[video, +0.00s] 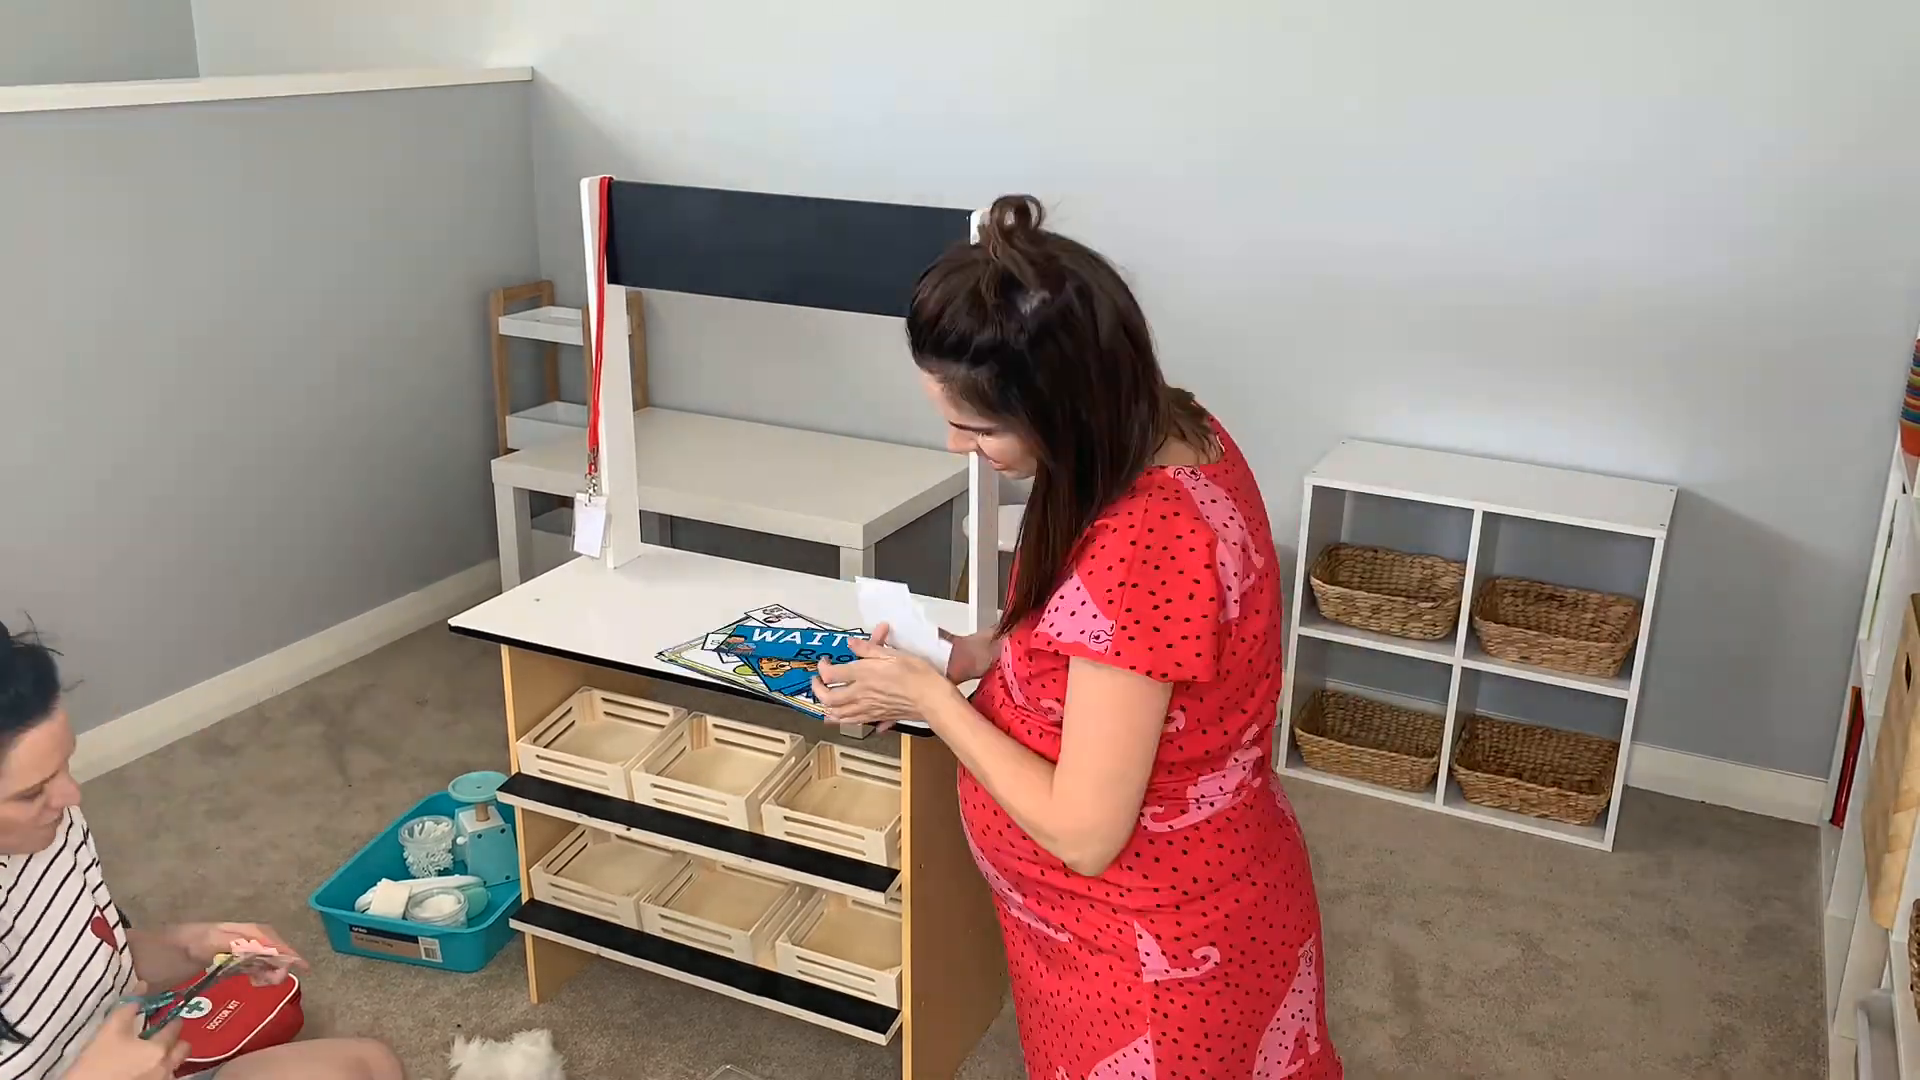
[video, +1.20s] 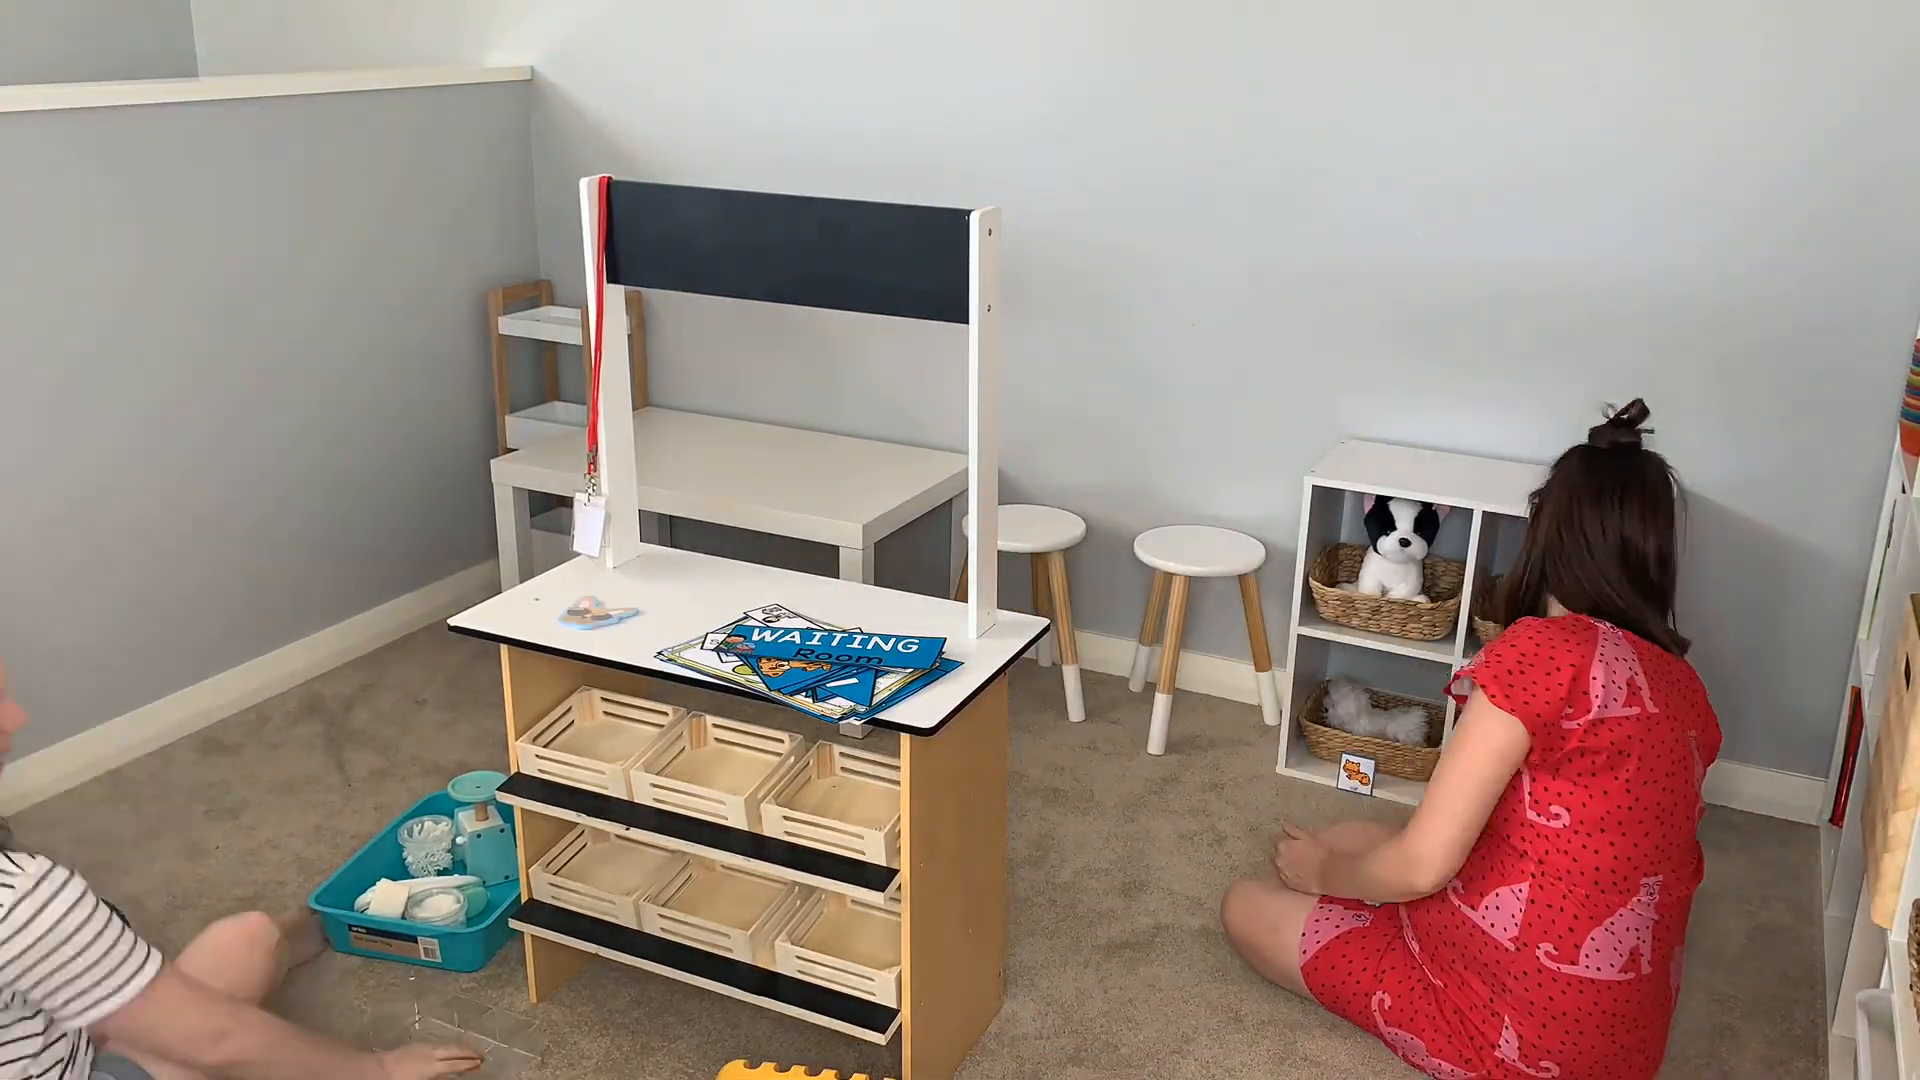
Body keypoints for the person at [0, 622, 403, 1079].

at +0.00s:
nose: (69, 797)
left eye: (64, 765)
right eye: (33, 793)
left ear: (61, 736)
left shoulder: (57, 815)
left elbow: (100, 951)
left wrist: (189, 947)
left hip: (125, 1050)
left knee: (373, 1063)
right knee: (368, 1063)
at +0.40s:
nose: (45, 788)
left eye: (43, 754)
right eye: (11, 778)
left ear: (45, 726)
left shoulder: (53, 793)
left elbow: (86, 931)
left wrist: (158, 957)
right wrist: (123, 1068)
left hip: (133, 1042)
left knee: (372, 1062)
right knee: (368, 1063)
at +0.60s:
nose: (53, 822)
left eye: (58, 788)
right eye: (16, 811)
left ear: (61, 752)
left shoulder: (72, 816)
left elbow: (160, 979)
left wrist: (266, 1070)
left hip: (162, 1067)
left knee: (374, 1062)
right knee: (371, 1063)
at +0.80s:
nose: (48, 705)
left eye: (23, 684)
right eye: (8, 706)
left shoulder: (44, 802)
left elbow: (81, 929)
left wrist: (167, 963)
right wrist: (125, 1066)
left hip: (133, 1040)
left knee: (373, 1063)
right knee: (370, 1064)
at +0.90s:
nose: (13, 815)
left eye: (20, 775)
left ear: (30, 747)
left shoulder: (35, 797)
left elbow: (68, 943)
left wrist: (167, 986)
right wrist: (146, 1073)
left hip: (141, 1048)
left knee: (373, 1063)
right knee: (370, 1064)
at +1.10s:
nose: (113, 822)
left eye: (114, 791)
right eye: (79, 809)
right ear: (3, 802)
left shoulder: (54, 841)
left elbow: (88, 949)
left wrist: (199, 982)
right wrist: (261, 1068)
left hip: (160, 1059)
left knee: (375, 1062)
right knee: (372, 1063)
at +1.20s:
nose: (14, 716)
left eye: (7, 691)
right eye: (4, 697)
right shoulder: (24, 895)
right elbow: (214, 1039)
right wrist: (379, 1068)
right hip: (82, 1070)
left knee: (250, 933)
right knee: (248, 934)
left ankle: (304, 939)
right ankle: (313, 935)